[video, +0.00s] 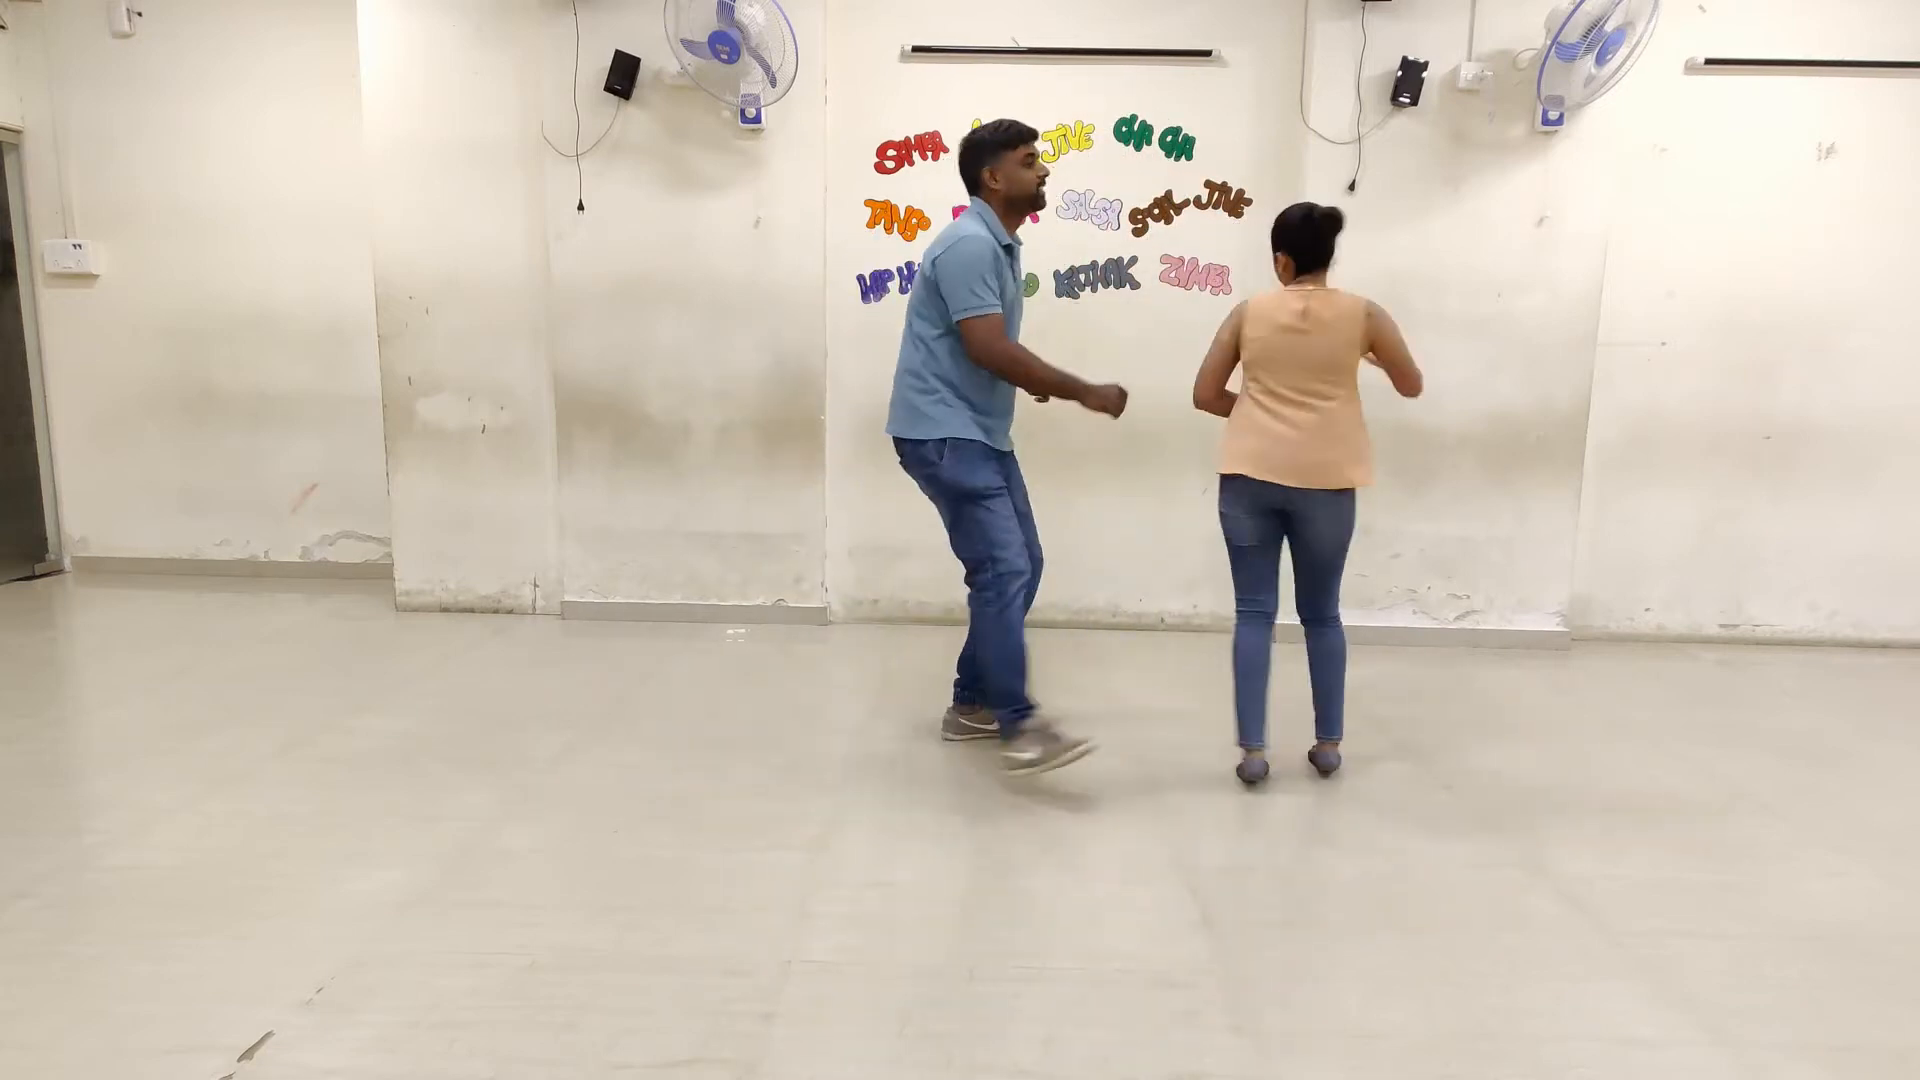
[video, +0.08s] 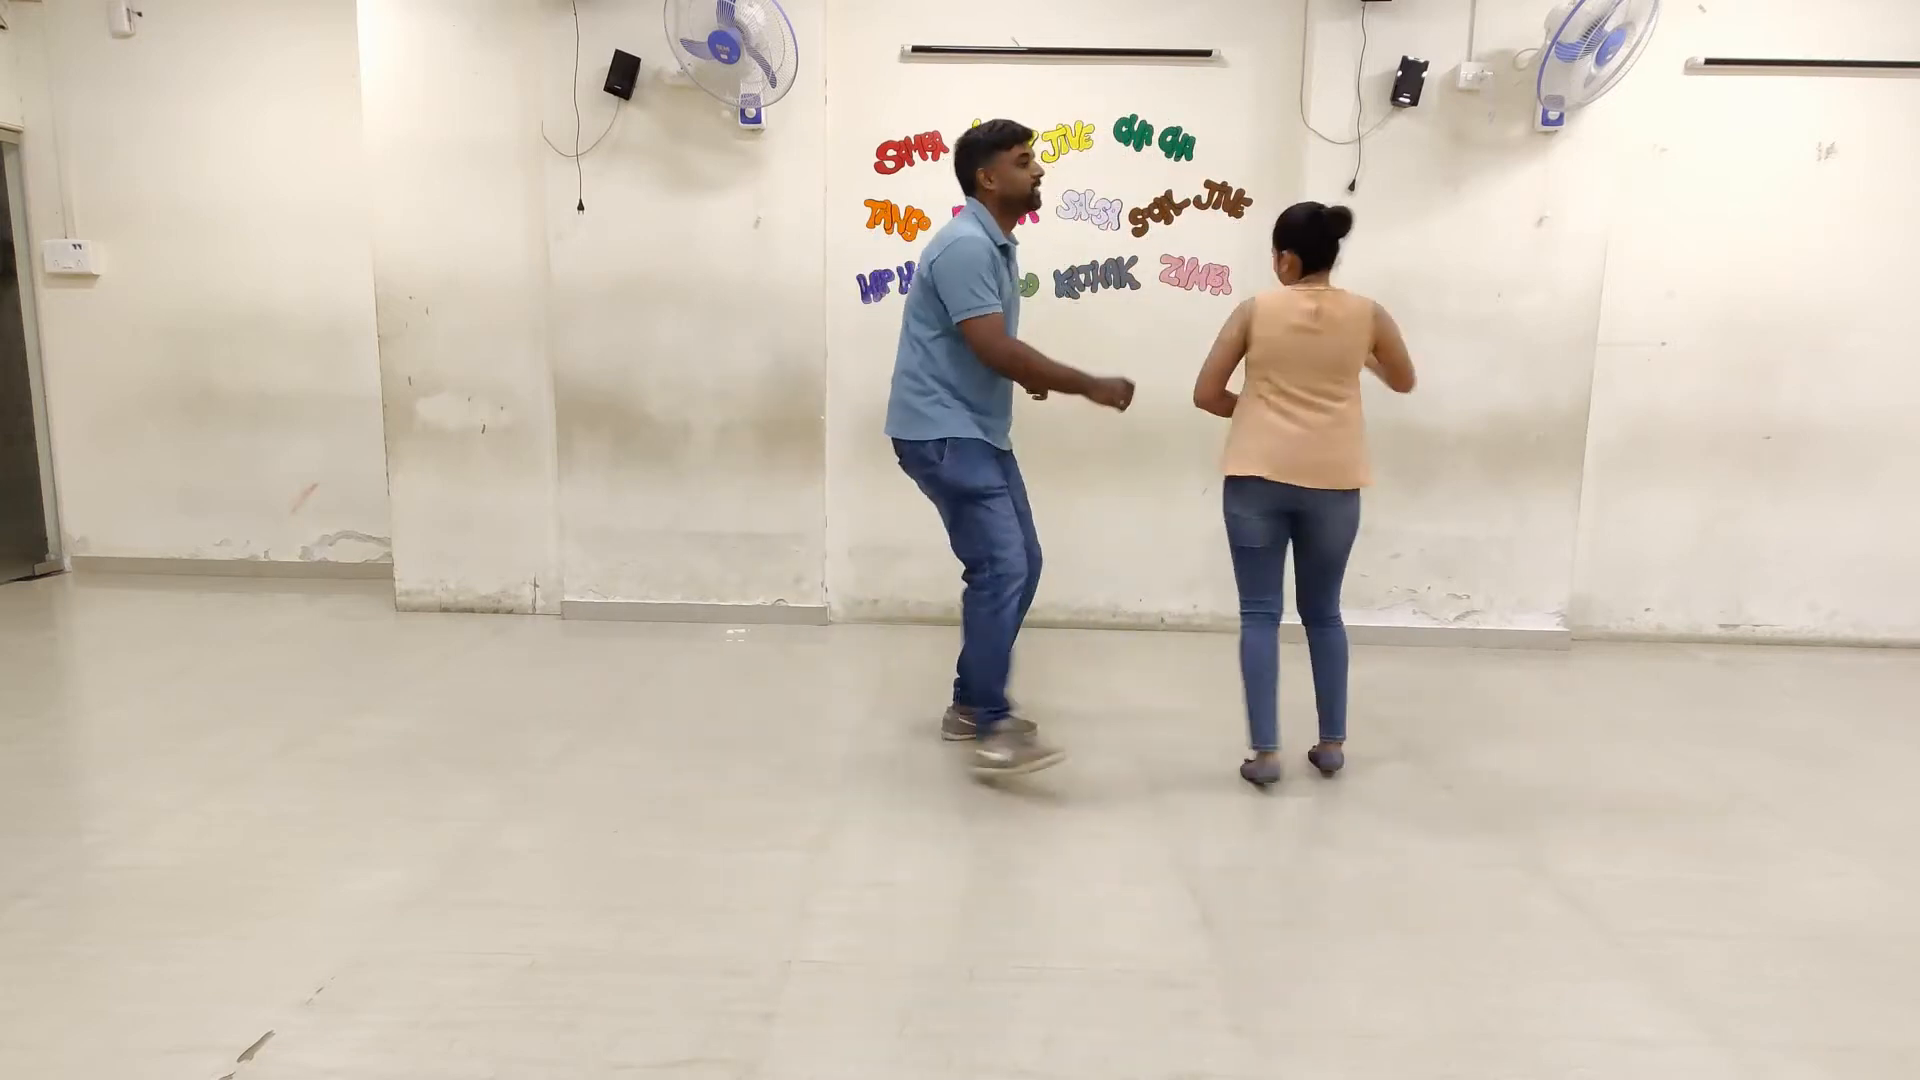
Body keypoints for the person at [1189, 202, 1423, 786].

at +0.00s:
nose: (1273, 262)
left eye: (1274, 254)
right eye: (1278, 253)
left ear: (1281, 258)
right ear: (1332, 256)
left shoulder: (1250, 312)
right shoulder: (1362, 315)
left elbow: (1206, 394)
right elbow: (1410, 383)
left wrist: (1258, 407)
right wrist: (1374, 351)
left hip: (1248, 477)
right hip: (1326, 483)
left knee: (1252, 611)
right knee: (1321, 611)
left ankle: (1252, 752)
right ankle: (1328, 745)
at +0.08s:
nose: (1273, 261)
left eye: (1275, 253)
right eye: (1277, 252)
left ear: (1286, 258)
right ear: (1332, 254)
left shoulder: (1255, 311)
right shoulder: (1367, 315)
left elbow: (1206, 393)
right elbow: (1403, 379)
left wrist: (1255, 404)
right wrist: (1360, 345)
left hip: (1255, 477)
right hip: (1333, 483)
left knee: (1259, 613)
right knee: (1323, 610)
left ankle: (1265, 754)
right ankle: (1331, 745)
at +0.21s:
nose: (1278, 262)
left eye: (1286, 252)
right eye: (1280, 250)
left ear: (1318, 255)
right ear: (1329, 256)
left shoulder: (1301, 306)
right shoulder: (1359, 308)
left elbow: (1259, 401)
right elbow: (1308, 368)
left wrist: (1257, 405)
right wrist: (1237, 363)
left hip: (1303, 482)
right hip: (1359, 482)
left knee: (1282, 620)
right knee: (1320, 613)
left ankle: (1309, 756)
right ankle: (1343, 743)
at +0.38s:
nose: (1280, 294)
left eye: (1290, 283)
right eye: (1282, 283)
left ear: (1325, 289)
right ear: (1318, 290)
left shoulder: (1349, 351)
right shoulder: (1303, 355)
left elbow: (1337, 449)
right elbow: (1240, 406)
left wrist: (1278, 462)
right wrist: (1158, 400)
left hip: (1358, 519)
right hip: (1338, 518)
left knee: (1270, 633)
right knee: (1286, 631)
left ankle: (1318, 761)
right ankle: (1343, 742)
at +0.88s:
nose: (1269, 262)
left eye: (1279, 252)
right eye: (1270, 252)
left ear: (1318, 255)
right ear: (1305, 256)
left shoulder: (1350, 323)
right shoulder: (1279, 321)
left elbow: (1350, 425)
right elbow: (1200, 358)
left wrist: (1285, 444)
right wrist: (1120, 338)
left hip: (1366, 496)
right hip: (1331, 498)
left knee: (1282, 612)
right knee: (1323, 623)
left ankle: (1308, 739)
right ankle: (1351, 742)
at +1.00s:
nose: (1237, 283)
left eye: (1250, 275)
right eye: (1239, 272)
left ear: (1288, 284)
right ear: (1254, 281)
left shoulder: (1316, 347)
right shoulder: (1242, 347)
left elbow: (1337, 447)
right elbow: (1167, 394)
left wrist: (1256, 466)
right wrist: (1091, 371)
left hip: (1315, 518)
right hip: (1277, 518)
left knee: (1222, 624)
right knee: (1278, 641)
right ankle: (1348, 743)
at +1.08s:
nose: (1220, 293)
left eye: (1234, 285)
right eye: (1219, 282)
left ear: (1270, 297)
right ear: (1220, 285)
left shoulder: (1292, 358)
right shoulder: (1214, 359)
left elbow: (1322, 457)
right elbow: (1146, 409)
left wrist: (1231, 478)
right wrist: (1074, 382)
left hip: (1285, 532)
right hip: (1245, 530)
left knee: (1190, 632)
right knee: (1258, 651)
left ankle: (1160, 762)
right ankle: (1345, 738)